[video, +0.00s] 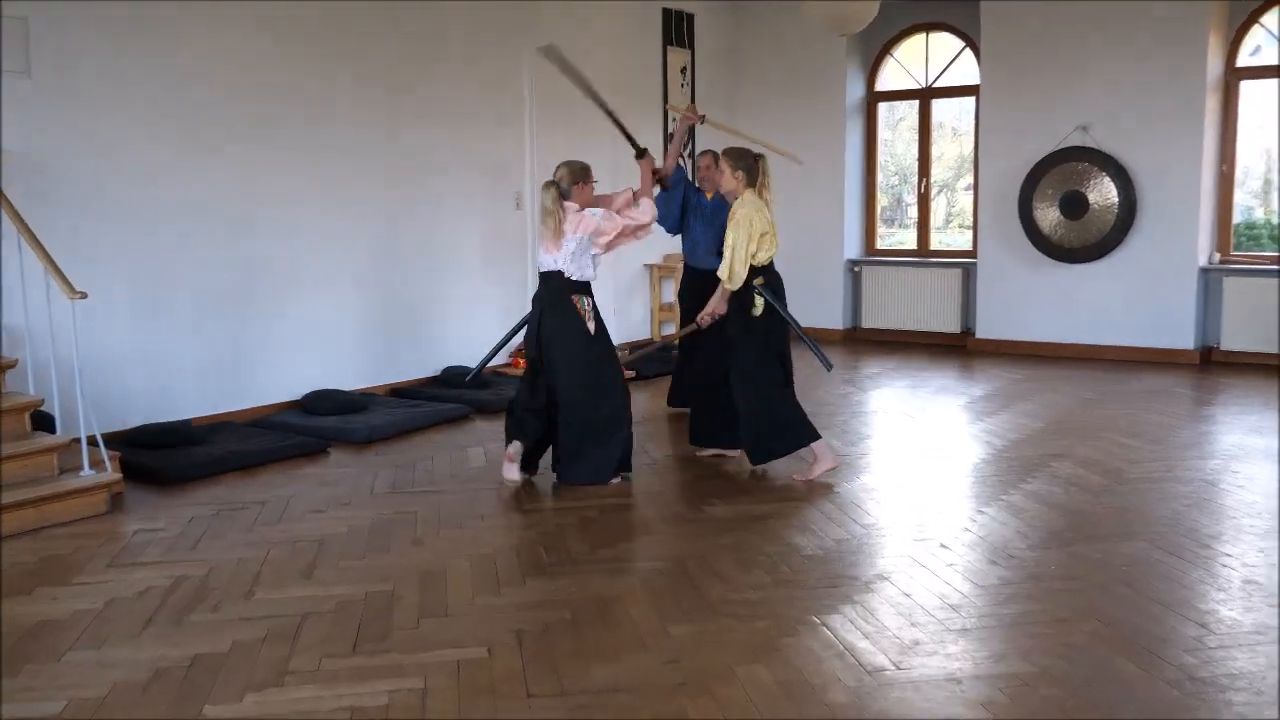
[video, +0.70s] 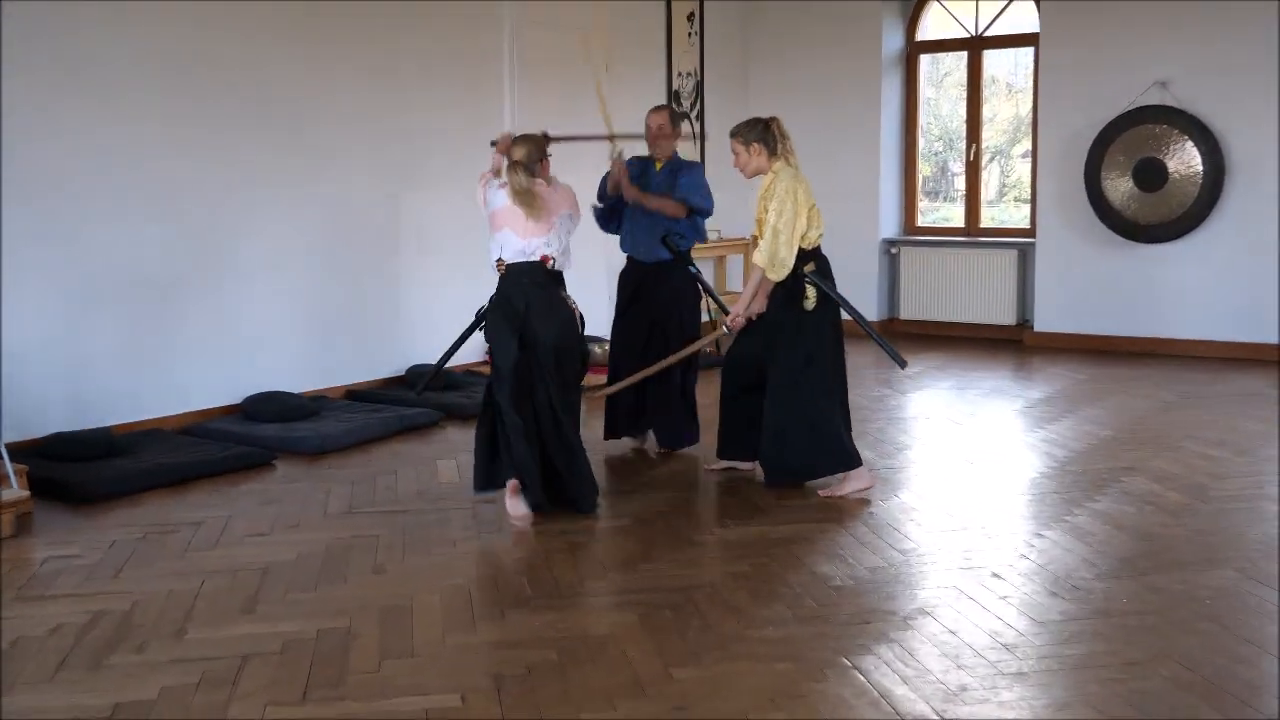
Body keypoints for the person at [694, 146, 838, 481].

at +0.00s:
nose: (717, 177)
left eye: (721, 171)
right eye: (718, 171)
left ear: (738, 176)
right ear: (743, 176)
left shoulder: (744, 210)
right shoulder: (751, 205)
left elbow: (735, 265)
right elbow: (735, 261)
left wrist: (719, 300)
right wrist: (716, 301)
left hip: (755, 293)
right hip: (756, 289)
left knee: (762, 375)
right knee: (735, 364)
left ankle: (821, 452)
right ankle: (734, 440)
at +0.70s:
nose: (735, 162)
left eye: (738, 154)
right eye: (734, 155)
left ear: (758, 149)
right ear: (760, 151)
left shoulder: (785, 182)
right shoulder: (771, 184)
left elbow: (779, 251)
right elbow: (762, 250)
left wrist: (759, 300)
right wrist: (743, 301)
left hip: (806, 288)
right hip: (784, 289)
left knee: (812, 378)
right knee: (741, 361)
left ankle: (856, 470)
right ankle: (742, 453)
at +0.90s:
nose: (768, 156)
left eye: (770, 147)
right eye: (767, 147)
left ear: (790, 141)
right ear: (794, 141)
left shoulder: (815, 175)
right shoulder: (817, 170)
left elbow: (810, 247)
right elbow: (804, 244)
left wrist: (787, 299)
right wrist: (780, 298)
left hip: (844, 283)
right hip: (831, 280)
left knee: (845, 380)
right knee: (782, 364)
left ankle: (866, 483)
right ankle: (766, 453)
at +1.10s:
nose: (803, 146)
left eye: (806, 137)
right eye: (803, 137)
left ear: (826, 136)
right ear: (837, 135)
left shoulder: (844, 175)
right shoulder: (867, 167)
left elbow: (849, 255)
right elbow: (845, 253)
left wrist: (823, 311)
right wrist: (821, 308)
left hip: (877, 291)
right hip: (902, 284)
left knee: (838, 388)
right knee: (885, 383)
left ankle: (869, 490)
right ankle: (884, 485)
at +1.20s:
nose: (818, 143)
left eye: (821, 135)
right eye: (818, 134)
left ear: (843, 135)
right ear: (854, 134)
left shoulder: (859, 175)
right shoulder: (883, 164)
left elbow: (864, 257)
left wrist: (839, 313)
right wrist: (847, 308)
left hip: (892, 288)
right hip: (918, 279)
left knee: (842, 383)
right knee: (894, 379)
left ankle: (869, 492)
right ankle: (901, 478)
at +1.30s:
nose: (837, 139)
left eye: (841, 131)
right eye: (838, 131)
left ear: (862, 132)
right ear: (870, 131)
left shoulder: (879, 171)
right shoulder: (902, 163)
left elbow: (883, 255)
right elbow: (925, 218)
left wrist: (859, 313)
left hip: (911, 284)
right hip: (939, 273)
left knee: (855, 380)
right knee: (916, 376)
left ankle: (875, 492)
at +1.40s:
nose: (858, 136)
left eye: (861, 128)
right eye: (858, 128)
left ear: (884, 129)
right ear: (893, 129)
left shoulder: (901, 170)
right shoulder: (925, 161)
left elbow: (905, 255)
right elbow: (945, 223)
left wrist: (878, 314)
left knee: (873, 377)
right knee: (963, 368)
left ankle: (878, 492)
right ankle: (990, 460)